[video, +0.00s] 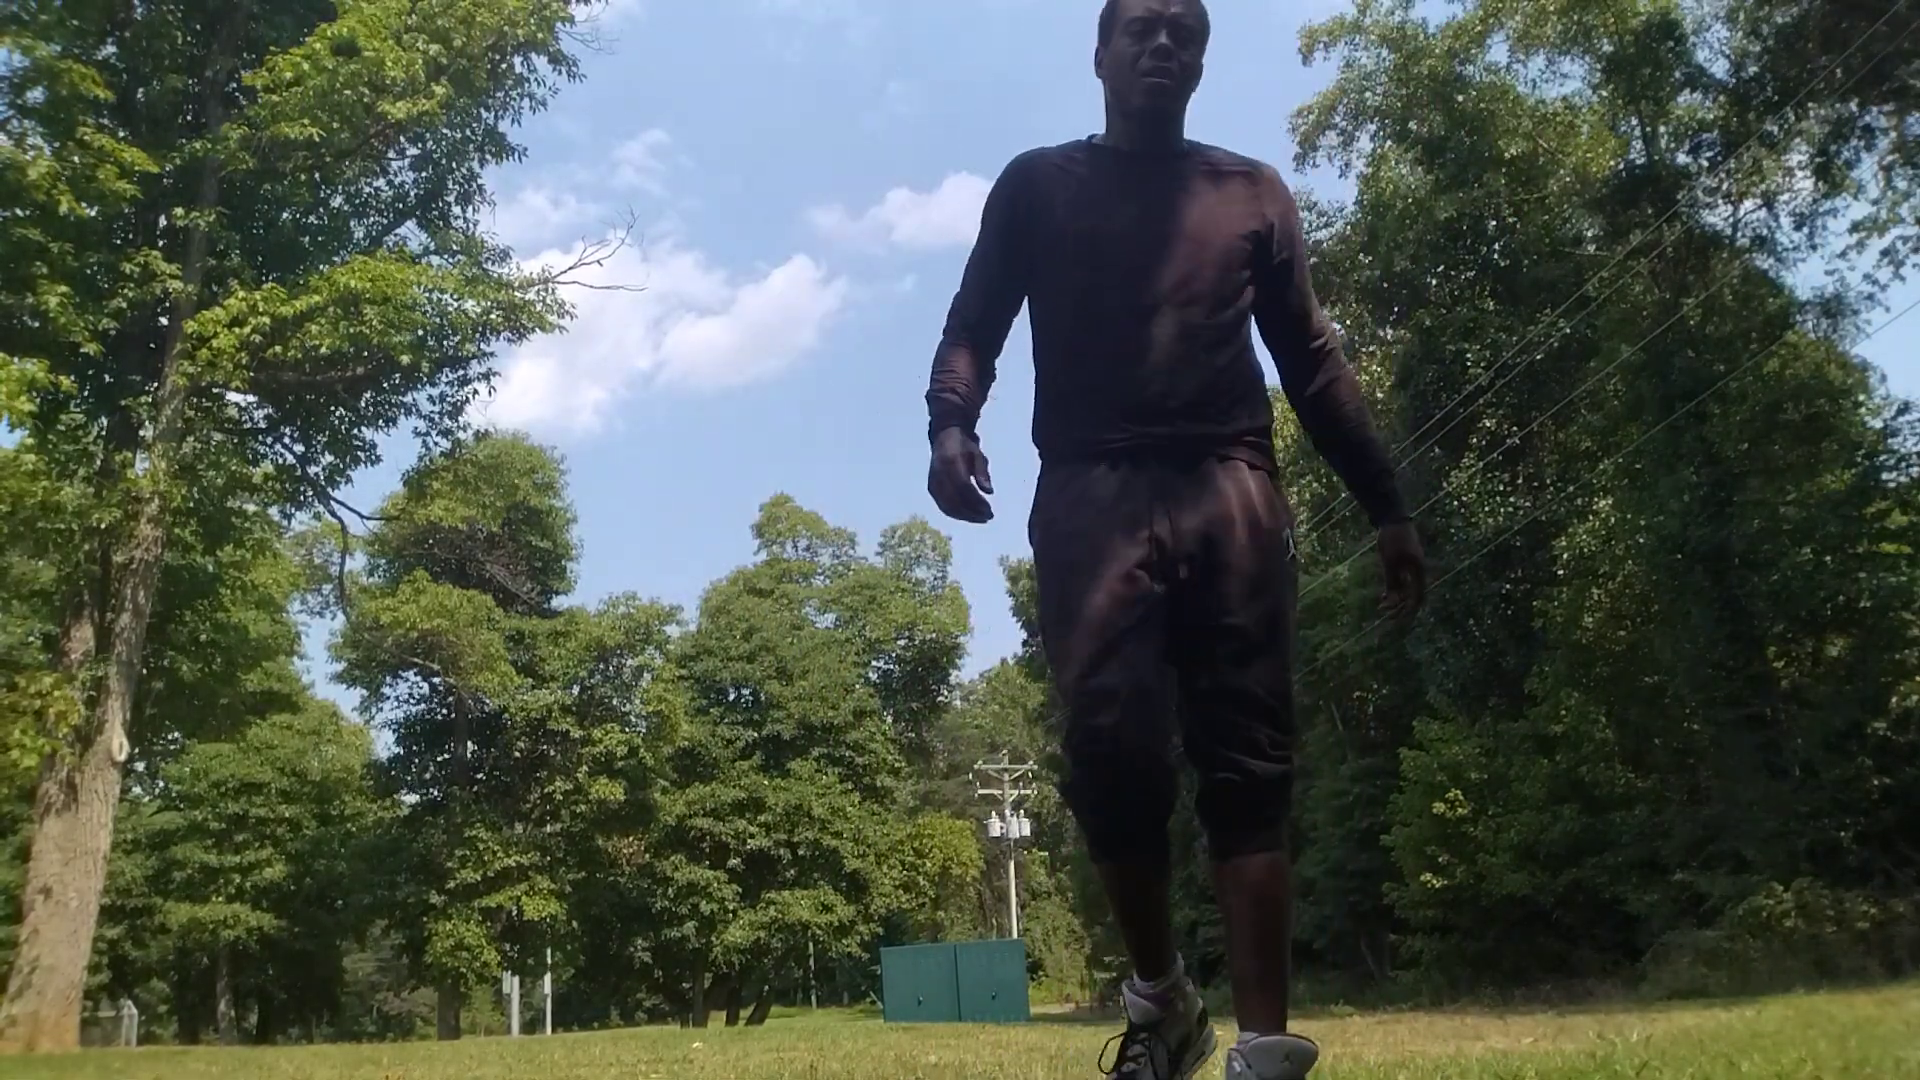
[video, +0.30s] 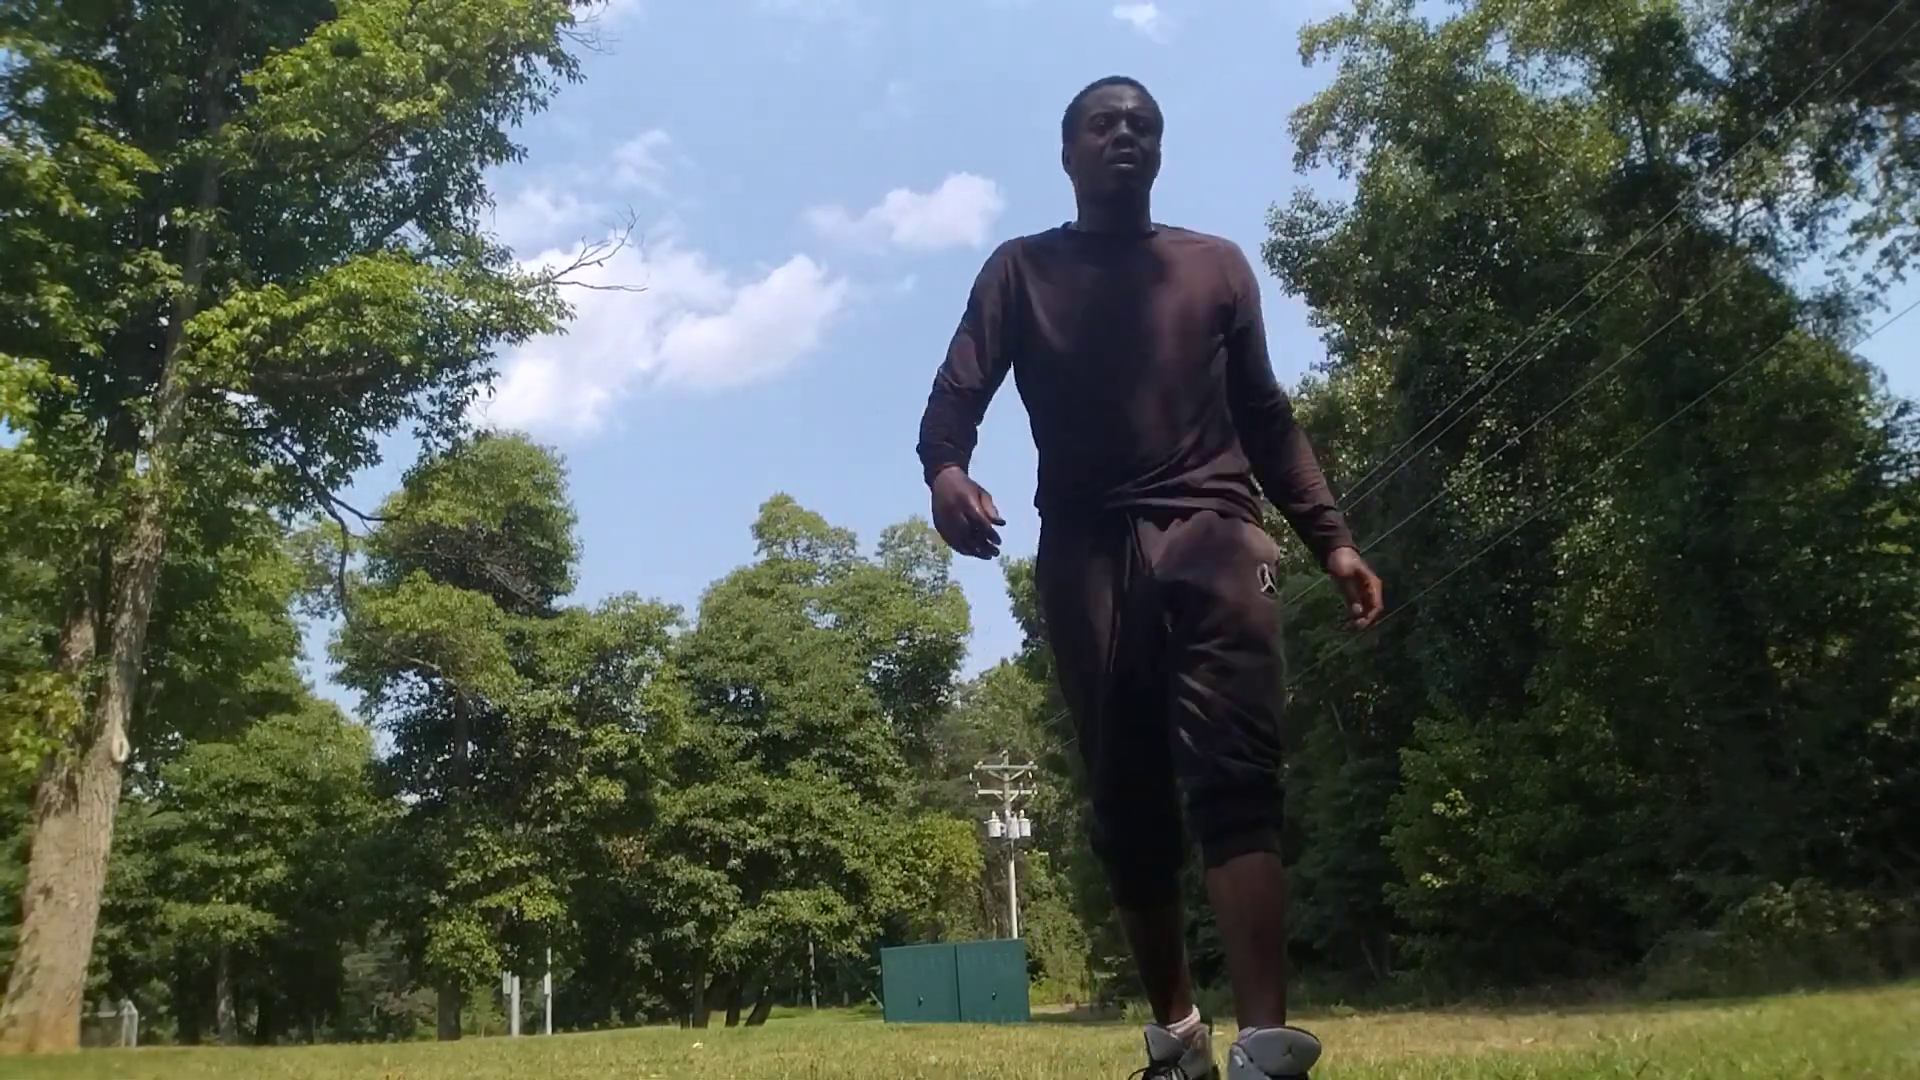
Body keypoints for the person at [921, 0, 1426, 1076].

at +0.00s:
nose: (1164, 46)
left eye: (1184, 34)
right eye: (1143, 29)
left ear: (1202, 61)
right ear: (1102, 50)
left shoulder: (1253, 191)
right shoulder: (1035, 185)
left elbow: (1314, 363)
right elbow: (971, 332)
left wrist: (1391, 511)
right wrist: (949, 421)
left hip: (1232, 492)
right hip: (1089, 497)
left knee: (1249, 767)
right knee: (1110, 749)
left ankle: (1266, 1045)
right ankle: (1155, 1000)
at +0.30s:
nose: (1125, 135)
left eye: (1142, 125)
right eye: (1103, 123)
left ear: (1163, 153)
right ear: (1066, 152)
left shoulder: (1218, 263)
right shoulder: (1018, 270)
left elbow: (1267, 417)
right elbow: (957, 390)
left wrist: (1333, 535)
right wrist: (946, 470)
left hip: (1216, 532)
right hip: (1088, 546)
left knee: (1238, 773)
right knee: (1125, 798)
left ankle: (1264, 1034)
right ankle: (1175, 1028)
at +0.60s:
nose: (1080, 193)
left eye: (1097, 178)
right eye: (1063, 184)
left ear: (1131, 198)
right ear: (1045, 210)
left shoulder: (1203, 287)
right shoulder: (1023, 331)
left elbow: (1275, 414)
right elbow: (978, 467)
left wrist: (1309, 530)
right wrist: (897, 579)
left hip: (1212, 550)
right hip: (1094, 572)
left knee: (1243, 770)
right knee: (1136, 801)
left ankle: (1271, 1027)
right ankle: (1176, 1040)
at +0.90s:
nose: (1097, 233)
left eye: (1115, 218)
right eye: (1085, 225)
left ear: (1157, 236)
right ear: (1077, 251)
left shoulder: (1223, 304)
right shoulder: (1077, 366)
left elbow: (1311, 413)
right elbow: (1077, 504)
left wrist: (1349, 529)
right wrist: (1034, 622)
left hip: (1230, 572)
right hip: (1124, 590)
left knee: (1257, 781)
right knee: (1151, 810)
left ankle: (1353, 999)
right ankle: (1181, 1049)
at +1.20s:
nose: (1195, 284)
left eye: (1211, 269)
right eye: (1182, 274)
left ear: (1249, 282)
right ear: (1171, 293)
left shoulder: (1314, 358)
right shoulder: (1167, 402)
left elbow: (1396, 466)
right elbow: (1175, 528)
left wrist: (1377, 538)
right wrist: (1157, 628)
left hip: (1321, 621)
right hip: (1214, 632)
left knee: (1362, 823)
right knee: (1208, 813)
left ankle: (1398, 1043)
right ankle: (1190, 1036)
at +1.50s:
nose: (1273, 307)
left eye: (1287, 292)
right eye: (1259, 296)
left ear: (1321, 299)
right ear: (1244, 312)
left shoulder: (1385, 385)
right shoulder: (1230, 416)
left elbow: (1456, 504)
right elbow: (1205, 527)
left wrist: (1500, 628)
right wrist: (1158, 618)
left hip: (1382, 624)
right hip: (1282, 634)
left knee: (1394, 828)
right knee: (1269, 819)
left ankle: (1403, 1044)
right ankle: (1339, 1010)